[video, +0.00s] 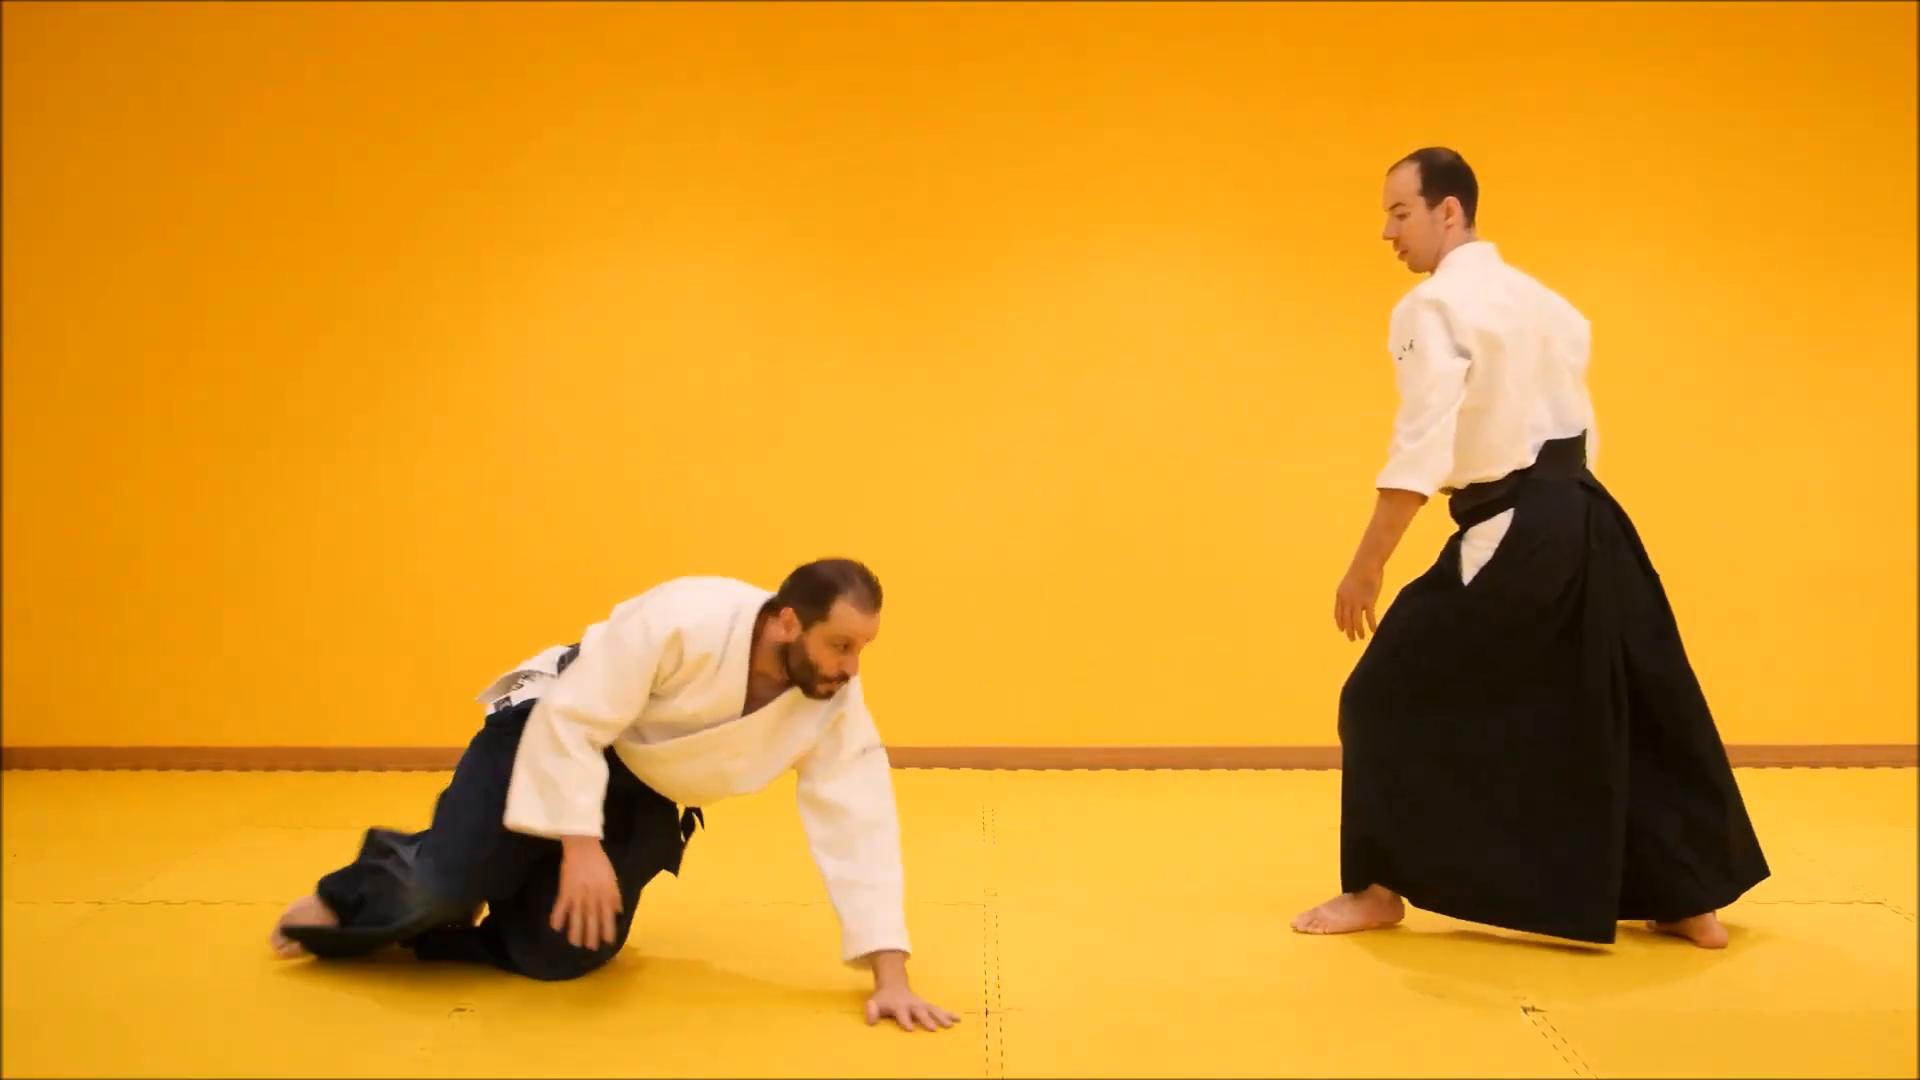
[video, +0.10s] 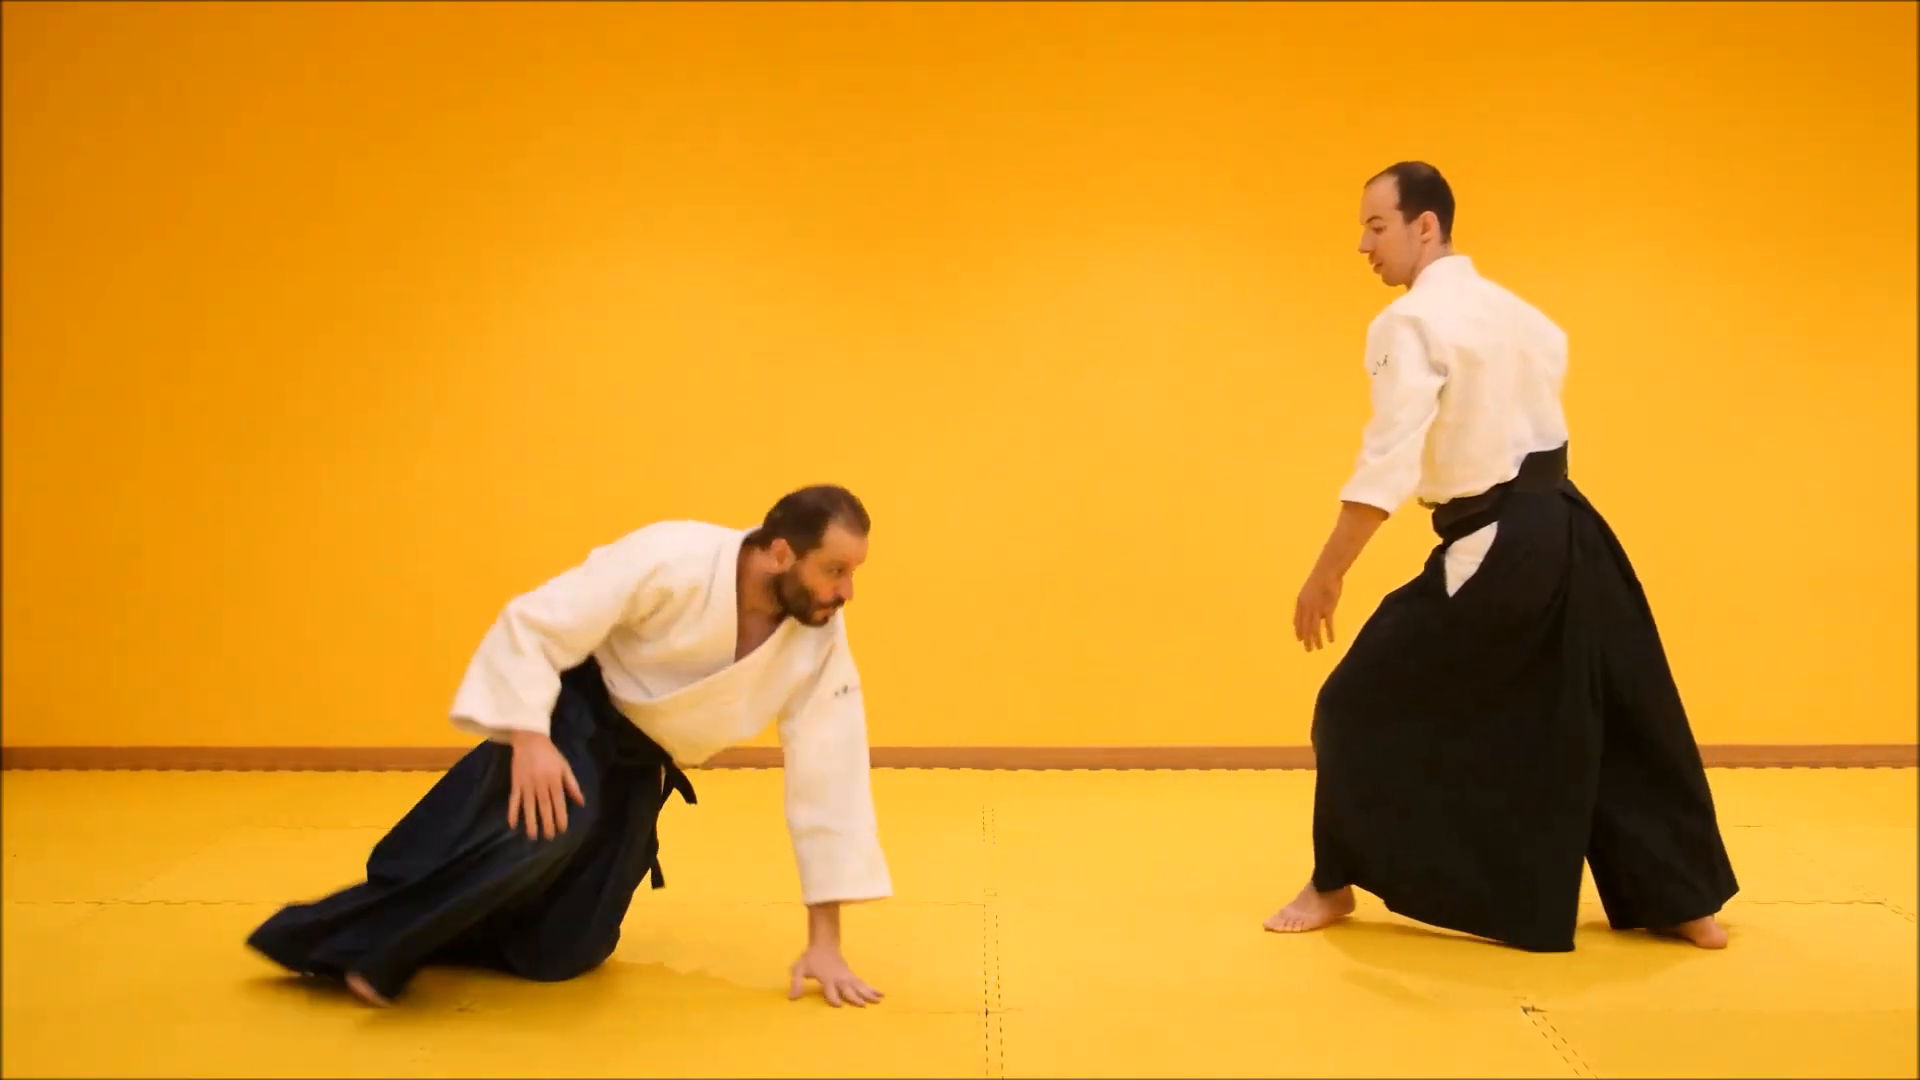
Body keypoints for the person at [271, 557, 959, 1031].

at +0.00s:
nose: (849, 667)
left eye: (861, 652)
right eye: (839, 648)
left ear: (863, 646)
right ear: (784, 624)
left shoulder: (836, 705)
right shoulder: (689, 618)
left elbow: (861, 823)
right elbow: (572, 718)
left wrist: (891, 972)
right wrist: (581, 847)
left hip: (652, 795)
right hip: (556, 731)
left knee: (562, 951)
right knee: (447, 894)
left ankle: (423, 912)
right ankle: (346, 907)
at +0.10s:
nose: (846, 590)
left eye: (853, 575)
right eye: (837, 571)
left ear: (828, 566)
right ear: (779, 552)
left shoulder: (821, 645)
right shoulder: (675, 562)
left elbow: (828, 780)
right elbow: (530, 626)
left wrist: (825, 939)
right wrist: (527, 739)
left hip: (641, 772)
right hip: (574, 710)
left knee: (565, 948)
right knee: (543, 832)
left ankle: (416, 913)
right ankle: (372, 945)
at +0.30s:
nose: (877, 468)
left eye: (880, 450)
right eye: (867, 447)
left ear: (824, 442)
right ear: (811, 435)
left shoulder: (838, 560)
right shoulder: (688, 466)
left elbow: (827, 700)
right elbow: (549, 511)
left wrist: (835, 833)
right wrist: (564, 597)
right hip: (599, 649)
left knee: (578, 896)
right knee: (719, 744)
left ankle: (473, 852)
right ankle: (678, 975)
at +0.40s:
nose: (907, 392)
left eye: (906, 374)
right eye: (896, 372)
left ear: (847, 373)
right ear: (841, 369)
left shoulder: (874, 489)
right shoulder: (725, 423)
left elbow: (861, 624)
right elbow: (614, 523)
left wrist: (857, 742)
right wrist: (714, 580)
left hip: (728, 659)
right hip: (652, 635)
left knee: (645, 837)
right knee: (736, 782)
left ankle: (499, 840)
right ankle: (672, 974)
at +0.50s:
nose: (941, 320)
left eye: (939, 304)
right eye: (930, 304)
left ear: (885, 308)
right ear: (880, 306)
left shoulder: (899, 418)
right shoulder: (791, 373)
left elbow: (869, 544)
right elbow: (822, 503)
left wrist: (907, 649)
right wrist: (964, 504)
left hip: (778, 599)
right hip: (710, 576)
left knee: (753, 781)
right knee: (746, 777)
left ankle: (573, 841)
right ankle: (666, 963)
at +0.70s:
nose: (994, 225)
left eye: (992, 209)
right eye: (986, 209)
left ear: (914, 215)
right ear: (942, 213)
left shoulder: (843, 303)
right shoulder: (962, 275)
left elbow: (888, 437)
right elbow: (1083, 350)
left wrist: (1018, 443)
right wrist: (1191, 386)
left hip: (824, 528)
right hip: (891, 530)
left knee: (833, 727)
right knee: (944, 726)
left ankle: (981, 912)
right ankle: (763, 902)